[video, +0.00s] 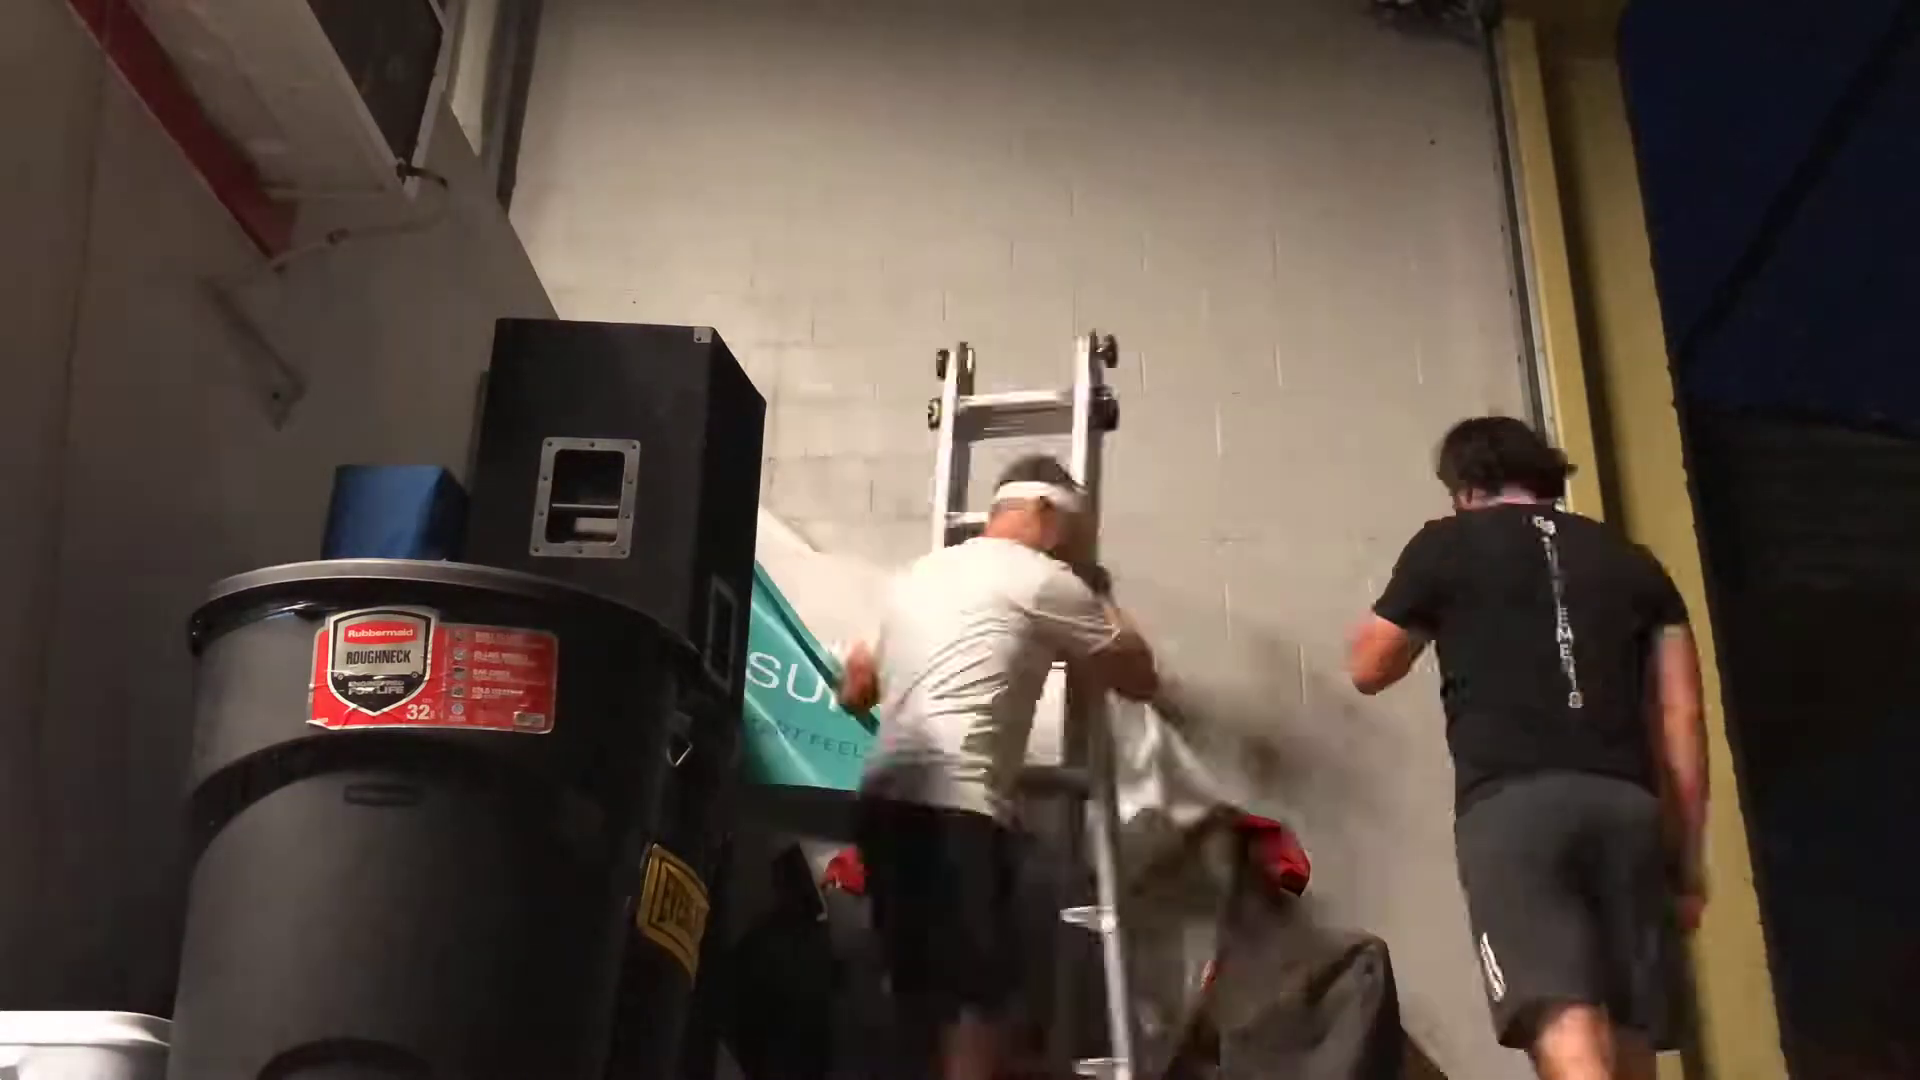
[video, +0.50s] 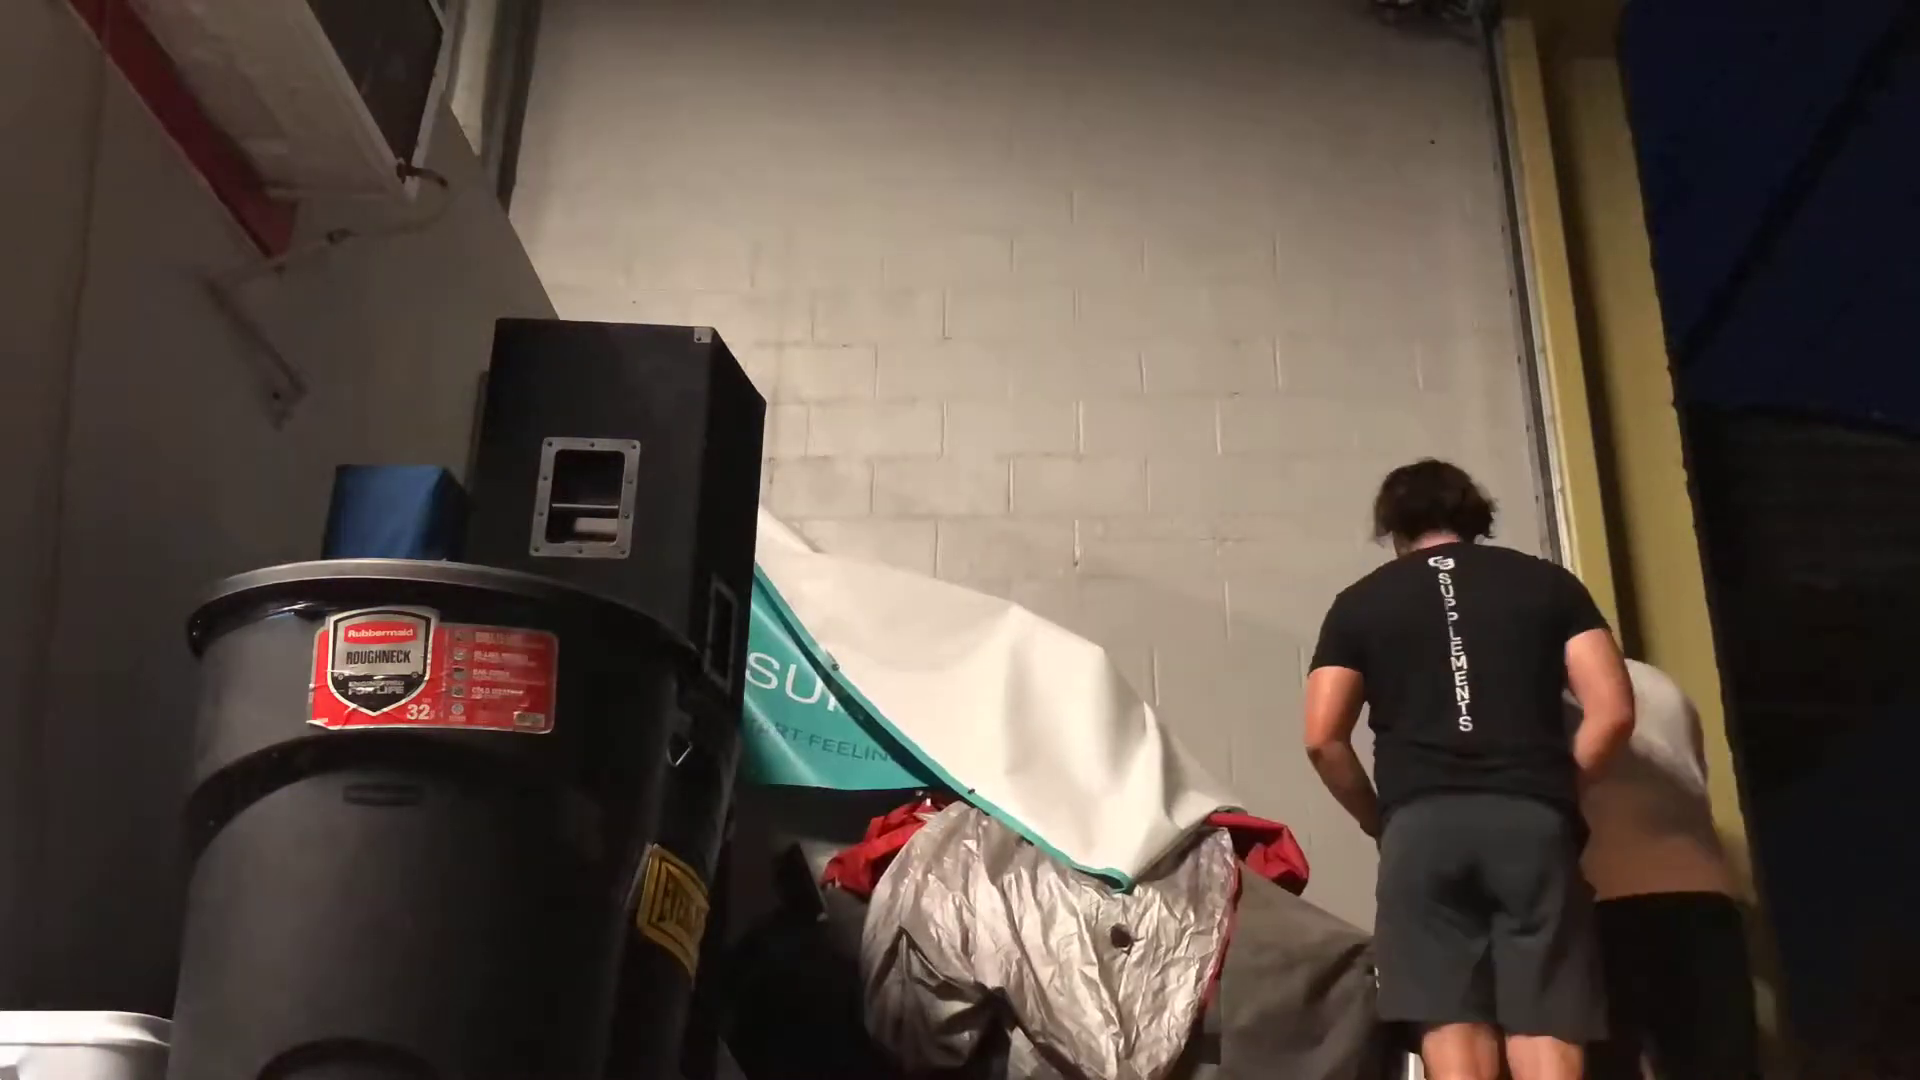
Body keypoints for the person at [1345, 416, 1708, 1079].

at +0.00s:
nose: (1450, 505)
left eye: (1450, 494)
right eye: (1452, 495)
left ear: (1465, 491)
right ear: (1552, 484)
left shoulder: (1448, 545)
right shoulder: (1631, 557)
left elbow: (1368, 667)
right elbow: (1682, 717)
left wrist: (1436, 594)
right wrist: (1689, 859)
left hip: (1514, 801)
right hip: (1628, 804)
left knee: (1566, 1027)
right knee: (1635, 1039)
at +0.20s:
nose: (1462, 487)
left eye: (1461, 472)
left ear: (1470, 471)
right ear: (1554, 459)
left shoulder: (1457, 538)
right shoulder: (1643, 536)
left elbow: (1421, 677)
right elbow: (1702, 688)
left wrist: (1452, 756)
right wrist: (1718, 822)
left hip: (1531, 789)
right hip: (1649, 787)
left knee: (1584, 1028)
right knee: (1671, 1031)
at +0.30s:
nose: (1438, 514)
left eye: (1438, 499)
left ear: (1451, 497)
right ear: (1540, 483)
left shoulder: (1439, 558)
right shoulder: (1629, 549)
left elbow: (1406, 701)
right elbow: (1694, 700)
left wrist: (1450, 787)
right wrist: (1723, 836)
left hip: (1524, 799)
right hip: (1642, 798)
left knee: (1579, 1034)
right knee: (1648, 1039)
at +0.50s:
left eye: (1391, 533)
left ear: (1394, 533)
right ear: (1476, 518)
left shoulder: (1362, 602)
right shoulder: (1548, 581)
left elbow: (1323, 740)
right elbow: (1612, 713)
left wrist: (1376, 818)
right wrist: (1553, 785)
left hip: (1421, 830)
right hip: (1532, 824)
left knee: (1452, 1040)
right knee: (1545, 1040)